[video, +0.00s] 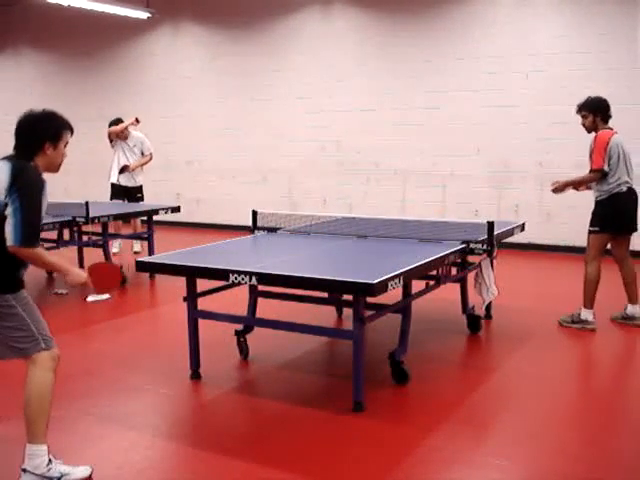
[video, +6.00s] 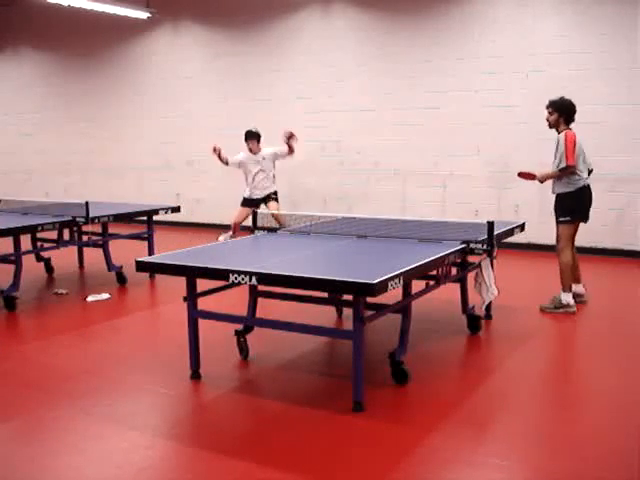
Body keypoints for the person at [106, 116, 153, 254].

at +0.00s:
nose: (120, 136)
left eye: (121, 132)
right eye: (117, 134)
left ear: (126, 129)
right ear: (113, 134)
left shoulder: (139, 138)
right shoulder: (116, 142)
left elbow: (149, 155)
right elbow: (111, 132)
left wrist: (135, 165)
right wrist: (128, 123)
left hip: (135, 183)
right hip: (117, 182)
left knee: (135, 215)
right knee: (115, 215)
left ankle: (137, 240)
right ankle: (117, 239)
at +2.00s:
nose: (121, 162)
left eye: (124, 159)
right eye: (120, 159)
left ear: (132, 158)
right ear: (118, 158)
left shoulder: (146, 165)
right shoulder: (117, 167)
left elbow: (154, 187)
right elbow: (113, 182)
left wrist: (133, 193)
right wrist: (117, 195)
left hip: (149, 193)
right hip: (130, 194)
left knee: (162, 216)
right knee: (117, 217)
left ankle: (182, 243)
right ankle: (113, 246)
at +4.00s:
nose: (146, 153)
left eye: (148, 150)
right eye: (143, 151)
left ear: (153, 146)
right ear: (141, 150)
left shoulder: (163, 154)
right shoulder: (141, 160)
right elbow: (131, 177)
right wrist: (128, 175)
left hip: (165, 195)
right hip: (147, 194)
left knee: (156, 219)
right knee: (126, 218)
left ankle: (165, 250)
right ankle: (121, 242)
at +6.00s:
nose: (250, 146)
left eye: (253, 143)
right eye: (248, 143)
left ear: (258, 143)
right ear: (246, 144)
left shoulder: (269, 154)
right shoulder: (244, 158)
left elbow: (290, 153)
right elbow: (228, 162)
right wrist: (219, 155)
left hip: (269, 193)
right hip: (252, 195)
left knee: (275, 213)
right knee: (236, 221)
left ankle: (287, 230)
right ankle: (233, 235)